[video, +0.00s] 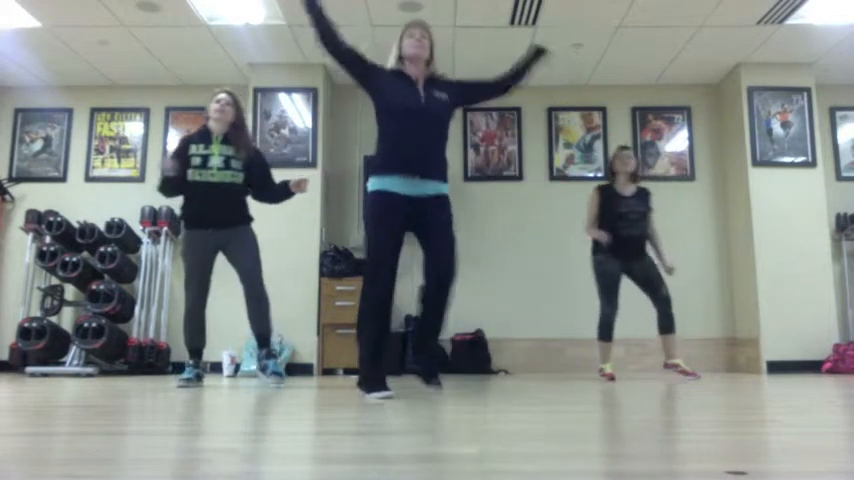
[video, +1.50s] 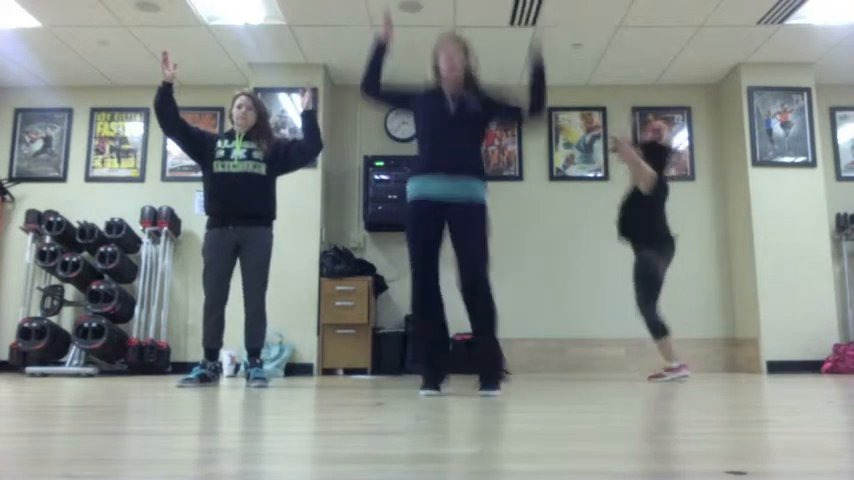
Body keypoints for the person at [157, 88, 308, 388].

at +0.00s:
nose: (221, 105)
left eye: (227, 103)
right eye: (217, 101)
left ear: (236, 115)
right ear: (207, 110)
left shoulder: (246, 150)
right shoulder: (188, 145)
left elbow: (263, 191)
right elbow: (170, 189)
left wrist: (289, 188)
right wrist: (171, 174)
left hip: (237, 230)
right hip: (199, 232)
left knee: (255, 287)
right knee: (195, 297)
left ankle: (265, 355)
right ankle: (194, 363)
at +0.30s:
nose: (213, 107)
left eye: (220, 104)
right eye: (209, 103)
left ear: (229, 115)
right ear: (201, 111)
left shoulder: (240, 148)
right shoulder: (185, 148)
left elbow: (262, 185)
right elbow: (156, 183)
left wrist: (279, 178)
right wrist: (139, 168)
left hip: (234, 231)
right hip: (195, 233)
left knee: (246, 293)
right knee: (193, 299)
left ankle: (259, 361)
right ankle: (193, 364)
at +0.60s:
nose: (223, 108)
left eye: (229, 105)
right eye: (219, 104)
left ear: (240, 116)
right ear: (211, 113)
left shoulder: (253, 150)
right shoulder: (193, 145)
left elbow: (290, 143)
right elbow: (157, 123)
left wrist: (285, 109)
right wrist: (145, 82)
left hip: (245, 229)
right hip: (208, 230)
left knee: (250, 295)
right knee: (201, 298)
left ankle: (254, 362)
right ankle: (196, 364)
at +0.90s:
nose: (237, 112)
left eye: (243, 108)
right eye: (233, 108)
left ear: (253, 116)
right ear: (225, 115)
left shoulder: (270, 151)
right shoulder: (208, 147)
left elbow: (309, 151)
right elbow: (169, 126)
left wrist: (304, 118)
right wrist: (162, 85)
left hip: (261, 232)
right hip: (224, 232)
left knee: (258, 300)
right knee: (213, 300)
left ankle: (255, 365)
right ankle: (201, 364)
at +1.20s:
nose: (242, 113)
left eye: (248, 110)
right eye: (238, 109)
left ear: (259, 117)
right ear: (231, 114)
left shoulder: (275, 150)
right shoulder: (212, 145)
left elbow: (315, 146)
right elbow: (173, 124)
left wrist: (310, 111)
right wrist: (168, 84)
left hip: (260, 233)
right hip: (223, 232)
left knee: (257, 300)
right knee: (215, 299)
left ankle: (254, 365)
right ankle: (210, 364)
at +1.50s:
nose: (241, 111)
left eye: (247, 107)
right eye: (237, 107)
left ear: (258, 116)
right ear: (230, 113)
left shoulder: (272, 150)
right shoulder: (210, 145)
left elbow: (311, 147)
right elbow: (171, 124)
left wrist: (307, 113)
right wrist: (167, 84)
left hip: (256, 233)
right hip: (219, 232)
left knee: (254, 300)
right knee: (213, 299)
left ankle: (254, 365)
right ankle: (210, 364)